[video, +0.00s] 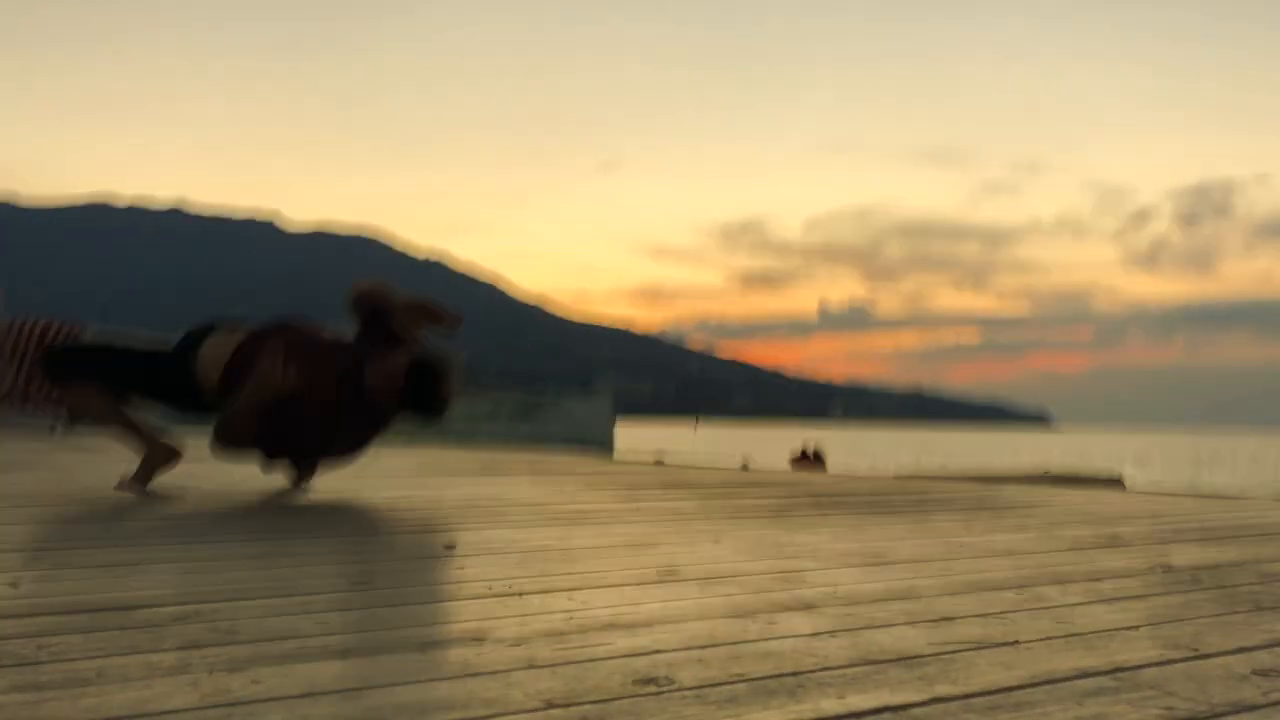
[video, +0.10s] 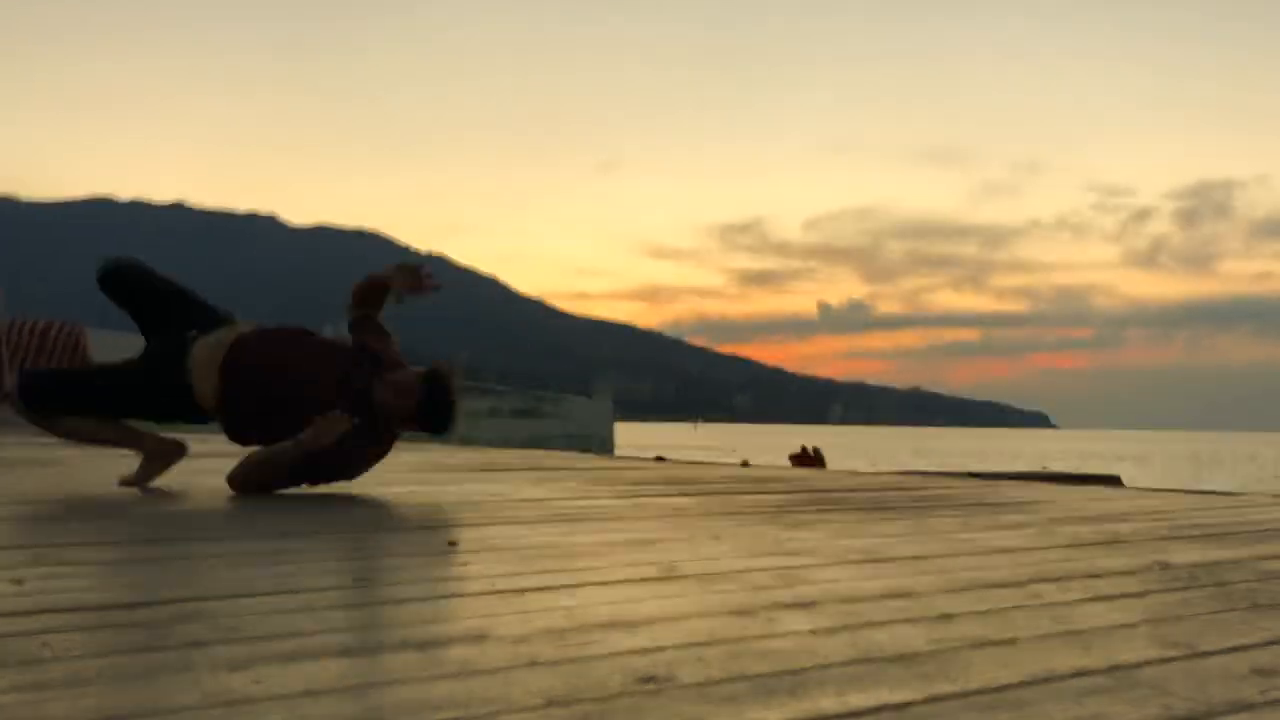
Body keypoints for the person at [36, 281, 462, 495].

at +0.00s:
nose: (389, 362)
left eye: (399, 370)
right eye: (398, 357)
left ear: (398, 392)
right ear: (400, 353)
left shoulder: (338, 432)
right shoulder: (379, 350)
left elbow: (231, 436)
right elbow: (365, 298)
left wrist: (265, 386)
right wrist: (408, 311)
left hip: (196, 381)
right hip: (216, 337)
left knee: (63, 363)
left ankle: (151, 448)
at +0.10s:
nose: (396, 375)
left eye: (405, 391)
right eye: (408, 372)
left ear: (406, 418)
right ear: (406, 369)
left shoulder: (354, 451)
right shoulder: (378, 359)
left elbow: (244, 481)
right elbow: (365, 305)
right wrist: (391, 282)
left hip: (183, 388)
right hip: (209, 330)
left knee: (35, 391)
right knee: (114, 273)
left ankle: (151, 448)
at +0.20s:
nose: (400, 393)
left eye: (410, 405)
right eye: (408, 391)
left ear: (406, 436)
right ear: (403, 392)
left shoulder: (355, 462)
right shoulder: (373, 394)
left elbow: (248, 476)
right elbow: (400, 358)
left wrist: (332, 459)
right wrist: (441, 327)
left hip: (172, 389)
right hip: (194, 332)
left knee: (17, 401)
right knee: (104, 234)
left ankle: (137, 446)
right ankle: (6, 206)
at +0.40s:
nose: (344, 376)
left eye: (357, 381)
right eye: (349, 371)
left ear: (367, 408)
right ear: (338, 375)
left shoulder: (341, 438)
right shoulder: (300, 413)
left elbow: (289, 478)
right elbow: (210, 397)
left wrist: (301, 391)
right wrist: (218, 326)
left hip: (186, 455)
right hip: (167, 437)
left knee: (140, 288)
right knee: (132, 272)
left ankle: (11, 320)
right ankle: (11, 308)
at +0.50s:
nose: (262, 353)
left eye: (276, 347)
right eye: (261, 344)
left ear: (303, 360)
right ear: (252, 348)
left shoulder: (307, 399)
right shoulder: (231, 390)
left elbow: (293, 419)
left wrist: (253, 393)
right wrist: (51, 380)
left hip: (203, 458)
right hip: (136, 455)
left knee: (211, 289)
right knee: (45, 323)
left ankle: (135, 313)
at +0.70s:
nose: (142, 282)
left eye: (150, 269)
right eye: (129, 273)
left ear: (164, 268)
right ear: (108, 277)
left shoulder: (186, 322)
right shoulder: (78, 324)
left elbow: (240, 305)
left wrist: (222, 225)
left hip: (185, 455)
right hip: (112, 462)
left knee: (221, 325)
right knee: (42, 369)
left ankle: (264, 463)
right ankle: (5, 480)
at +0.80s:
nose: (102, 227)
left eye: (100, 216)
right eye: (86, 220)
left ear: (110, 220)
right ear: (66, 233)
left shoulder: (142, 272)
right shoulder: (39, 294)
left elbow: (154, 205)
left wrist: (84, 138)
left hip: (169, 424)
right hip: (96, 433)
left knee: (262, 339)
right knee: (17, 354)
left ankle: (273, 477)